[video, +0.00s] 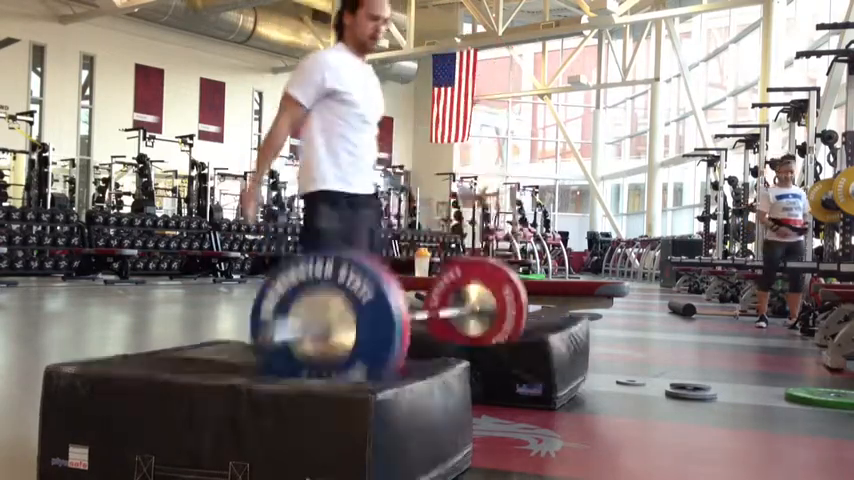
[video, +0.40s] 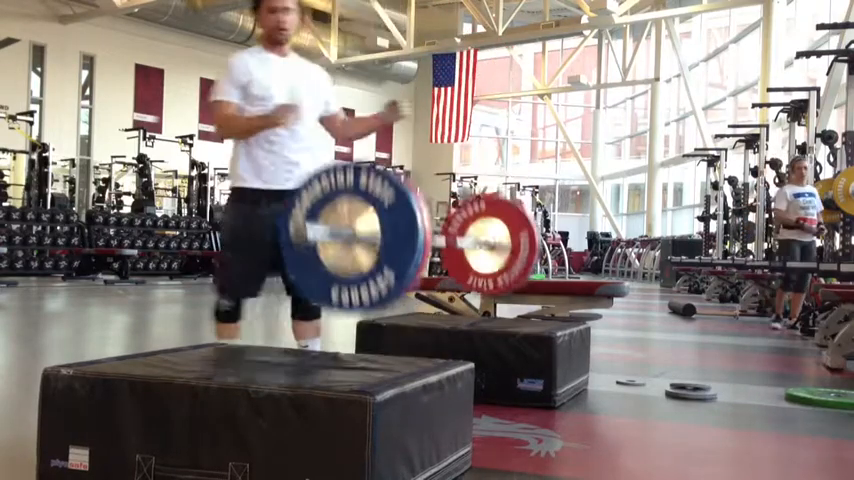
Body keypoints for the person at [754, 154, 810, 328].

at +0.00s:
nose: (788, 175)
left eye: (791, 172)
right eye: (784, 172)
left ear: (794, 173)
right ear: (777, 172)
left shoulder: (801, 193)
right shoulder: (768, 192)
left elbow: (806, 215)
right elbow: (761, 216)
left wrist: (805, 225)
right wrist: (776, 228)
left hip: (796, 240)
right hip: (774, 240)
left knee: (797, 277)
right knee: (768, 276)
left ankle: (793, 318)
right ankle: (762, 315)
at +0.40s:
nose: (803, 171)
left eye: (805, 168)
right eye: (799, 168)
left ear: (808, 170)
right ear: (792, 170)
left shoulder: (812, 190)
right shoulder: (785, 190)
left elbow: (818, 214)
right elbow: (778, 216)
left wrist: (820, 224)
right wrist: (798, 224)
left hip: (808, 239)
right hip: (790, 238)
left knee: (804, 279)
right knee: (789, 277)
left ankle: (794, 318)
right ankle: (778, 315)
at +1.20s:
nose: (810, 172)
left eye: (813, 169)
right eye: (807, 169)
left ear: (819, 171)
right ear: (802, 170)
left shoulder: (825, 190)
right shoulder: (795, 190)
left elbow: (829, 213)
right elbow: (790, 214)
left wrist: (831, 224)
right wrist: (813, 224)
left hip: (823, 238)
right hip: (803, 238)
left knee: (830, 274)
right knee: (807, 277)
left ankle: (821, 311)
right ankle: (808, 318)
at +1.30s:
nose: (810, 171)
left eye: (813, 168)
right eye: (806, 168)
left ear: (819, 170)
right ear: (802, 170)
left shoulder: (825, 190)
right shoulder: (795, 190)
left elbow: (830, 213)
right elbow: (790, 214)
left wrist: (831, 223)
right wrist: (814, 223)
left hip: (824, 238)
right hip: (804, 238)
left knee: (831, 275)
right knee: (808, 277)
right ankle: (808, 318)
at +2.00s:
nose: (816, 171)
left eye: (819, 167)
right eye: (813, 167)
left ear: (825, 169)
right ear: (809, 169)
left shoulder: (833, 188)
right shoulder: (800, 188)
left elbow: (839, 209)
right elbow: (781, 206)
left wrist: (841, 221)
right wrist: (798, 216)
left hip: (831, 238)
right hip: (809, 238)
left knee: (833, 277)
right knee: (809, 277)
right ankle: (809, 318)